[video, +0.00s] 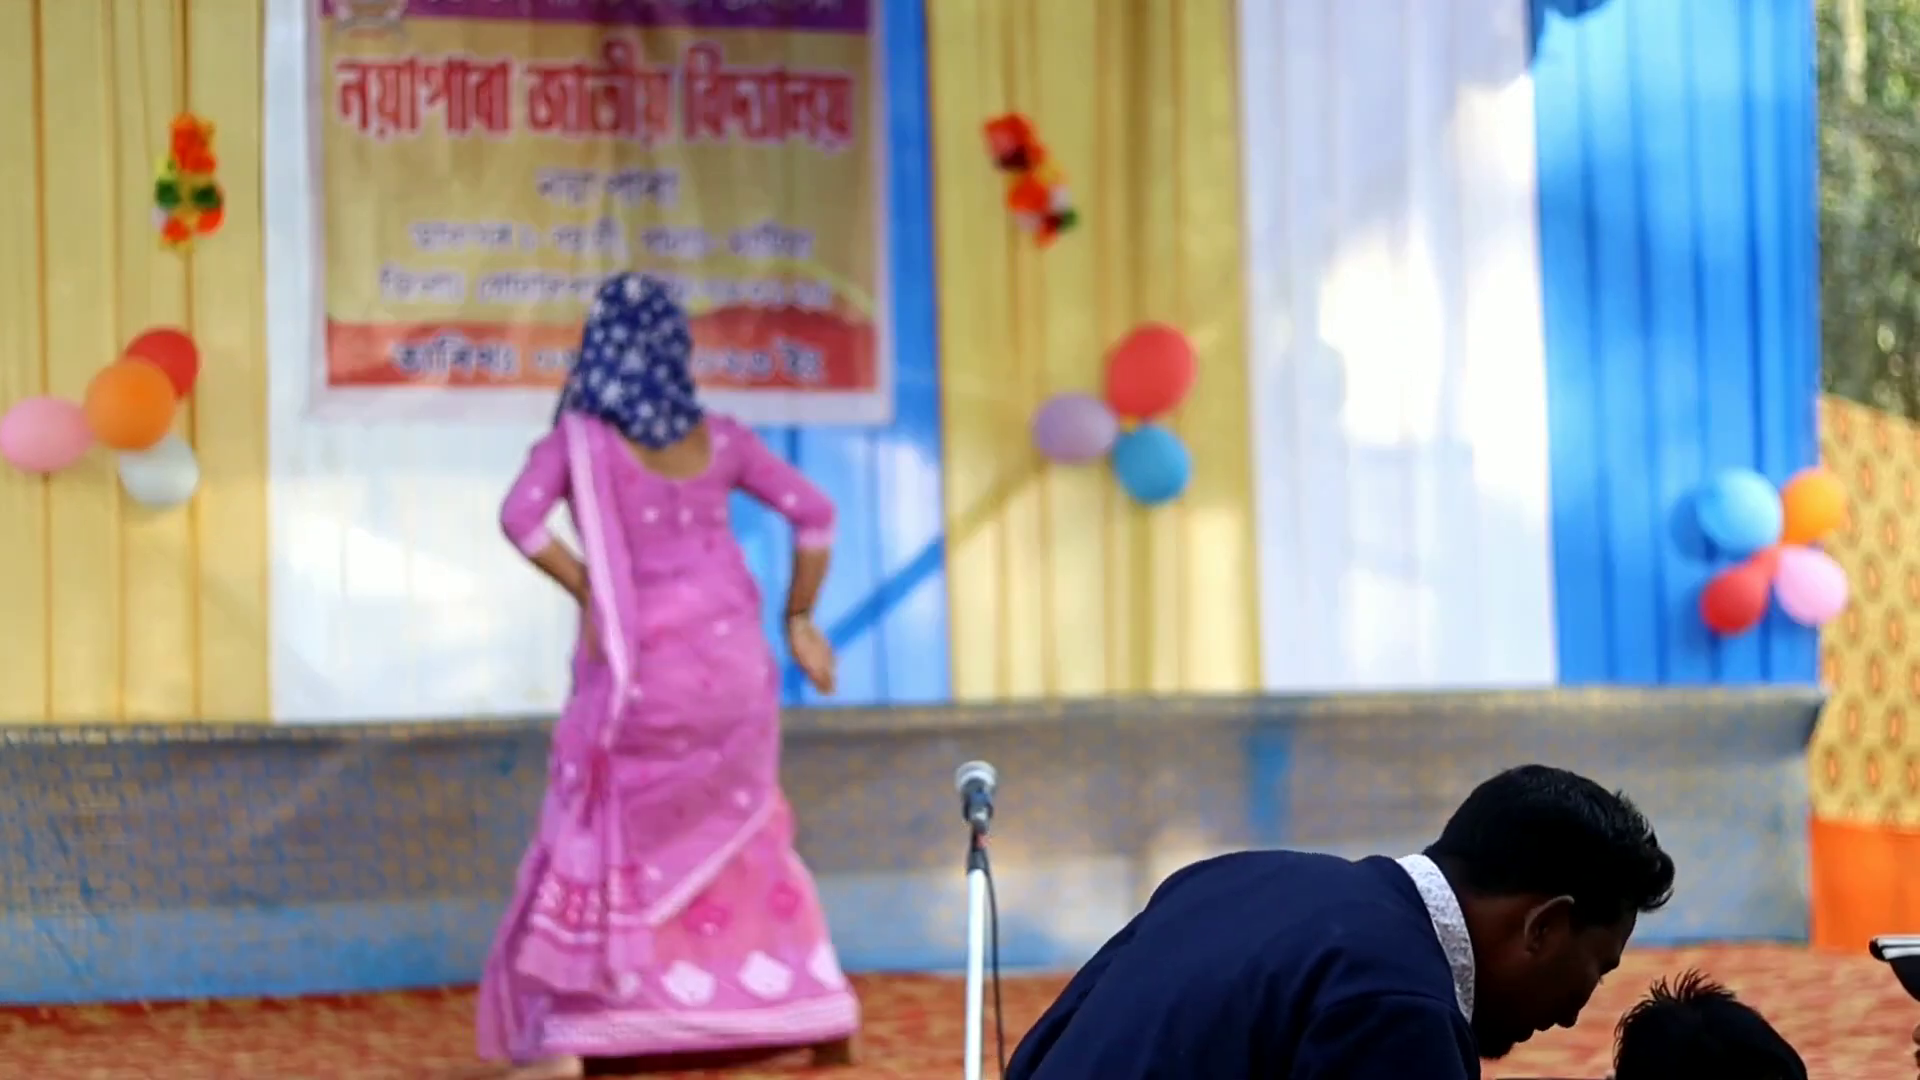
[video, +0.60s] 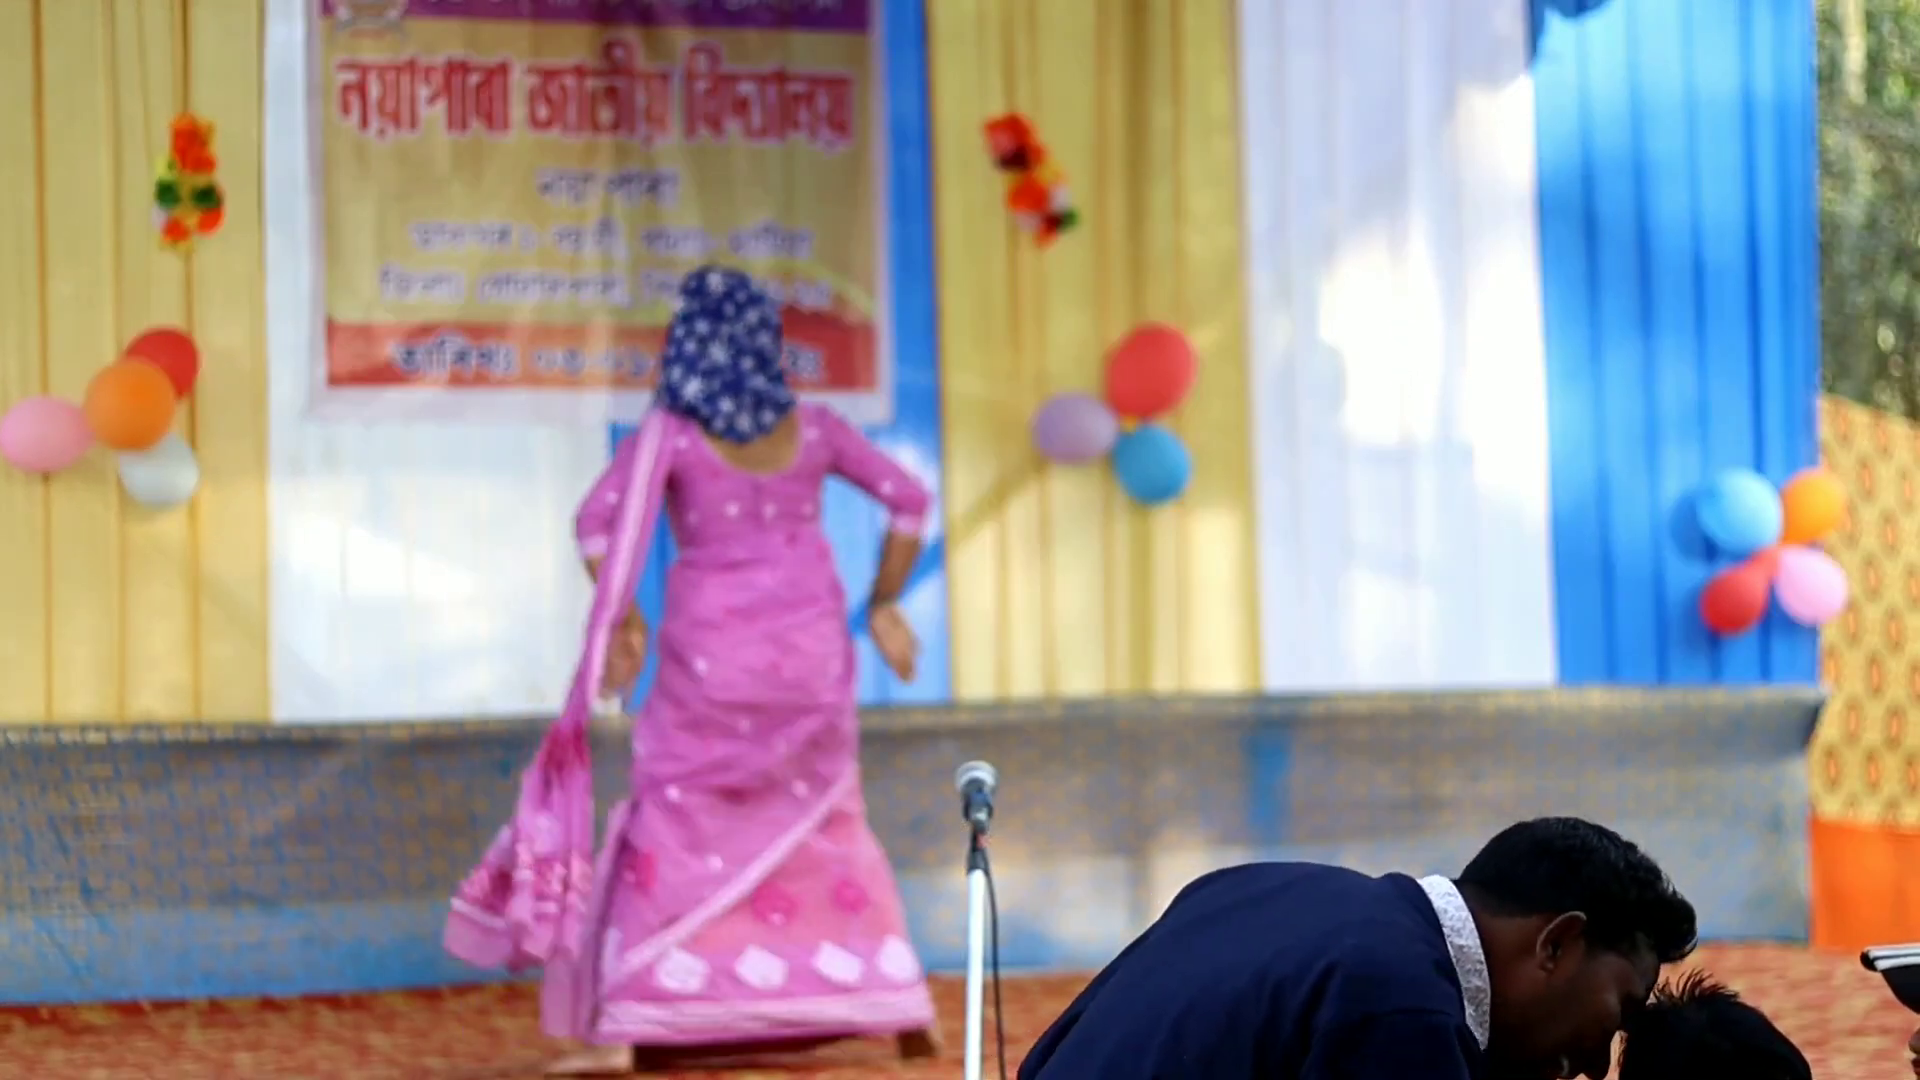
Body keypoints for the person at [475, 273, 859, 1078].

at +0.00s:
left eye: (595, 345)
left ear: (598, 351)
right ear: (680, 351)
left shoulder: (579, 438)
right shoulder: (717, 435)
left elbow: (520, 520)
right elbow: (814, 513)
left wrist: (587, 592)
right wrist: (799, 615)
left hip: (639, 672)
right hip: (737, 667)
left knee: (589, 832)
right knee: (759, 825)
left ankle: (564, 1033)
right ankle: (826, 1008)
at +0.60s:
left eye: (675, 343)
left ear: (683, 348)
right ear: (771, 345)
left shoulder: (669, 435)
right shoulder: (814, 428)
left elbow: (597, 519)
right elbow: (909, 499)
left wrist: (624, 616)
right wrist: (883, 601)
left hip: (714, 656)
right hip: (813, 652)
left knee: (664, 819)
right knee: (837, 813)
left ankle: (624, 1021)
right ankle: (902, 999)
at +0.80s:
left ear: (757, 375)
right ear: (837, 372)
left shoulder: (734, 455)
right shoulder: (879, 457)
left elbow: (694, 552)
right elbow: (955, 546)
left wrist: (791, 597)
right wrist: (1040, 621)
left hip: (792, 680)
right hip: (894, 672)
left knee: (731, 839)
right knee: (902, 838)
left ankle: (686, 1014)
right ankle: (911, 1018)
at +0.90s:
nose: (837, 348)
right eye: (838, 335)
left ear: (768, 357)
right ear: (847, 349)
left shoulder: (750, 442)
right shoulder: (892, 441)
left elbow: (717, 543)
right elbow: (969, 535)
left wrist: (808, 585)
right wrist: (1049, 615)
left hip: (792, 670)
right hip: (898, 665)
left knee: (753, 833)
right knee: (897, 831)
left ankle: (723, 1000)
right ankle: (901, 1012)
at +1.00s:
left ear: (778, 376)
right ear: (863, 369)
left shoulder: (754, 454)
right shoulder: (899, 459)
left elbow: (714, 542)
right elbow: (978, 547)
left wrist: (805, 590)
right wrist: (1062, 625)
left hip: (807, 678)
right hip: (907, 672)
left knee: (790, 838)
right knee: (904, 841)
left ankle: (779, 1009)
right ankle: (903, 1020)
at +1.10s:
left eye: (770, 377)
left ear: (777, 386)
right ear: (857, 377)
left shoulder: (749, 464)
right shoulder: (896, 466)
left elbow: (705, 547)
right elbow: (976, 550)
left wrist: (794, 601)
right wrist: (1063, 631)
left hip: (800, 693)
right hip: (900, 685)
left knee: (780, 838)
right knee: (908, 848)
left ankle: (781, 1009)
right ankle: (909, 1023)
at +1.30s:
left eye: (723, 349)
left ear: (726, 353)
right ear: (808, 343)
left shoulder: (718, 435)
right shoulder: (862, 428)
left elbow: (675, 537)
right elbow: (948, 503)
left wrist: (694, 625)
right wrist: (955, 607)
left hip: (731, 659)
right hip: (837, 659)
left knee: (674, 810)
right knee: (850, 821)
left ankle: (646, 1000)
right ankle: (885, 1009)